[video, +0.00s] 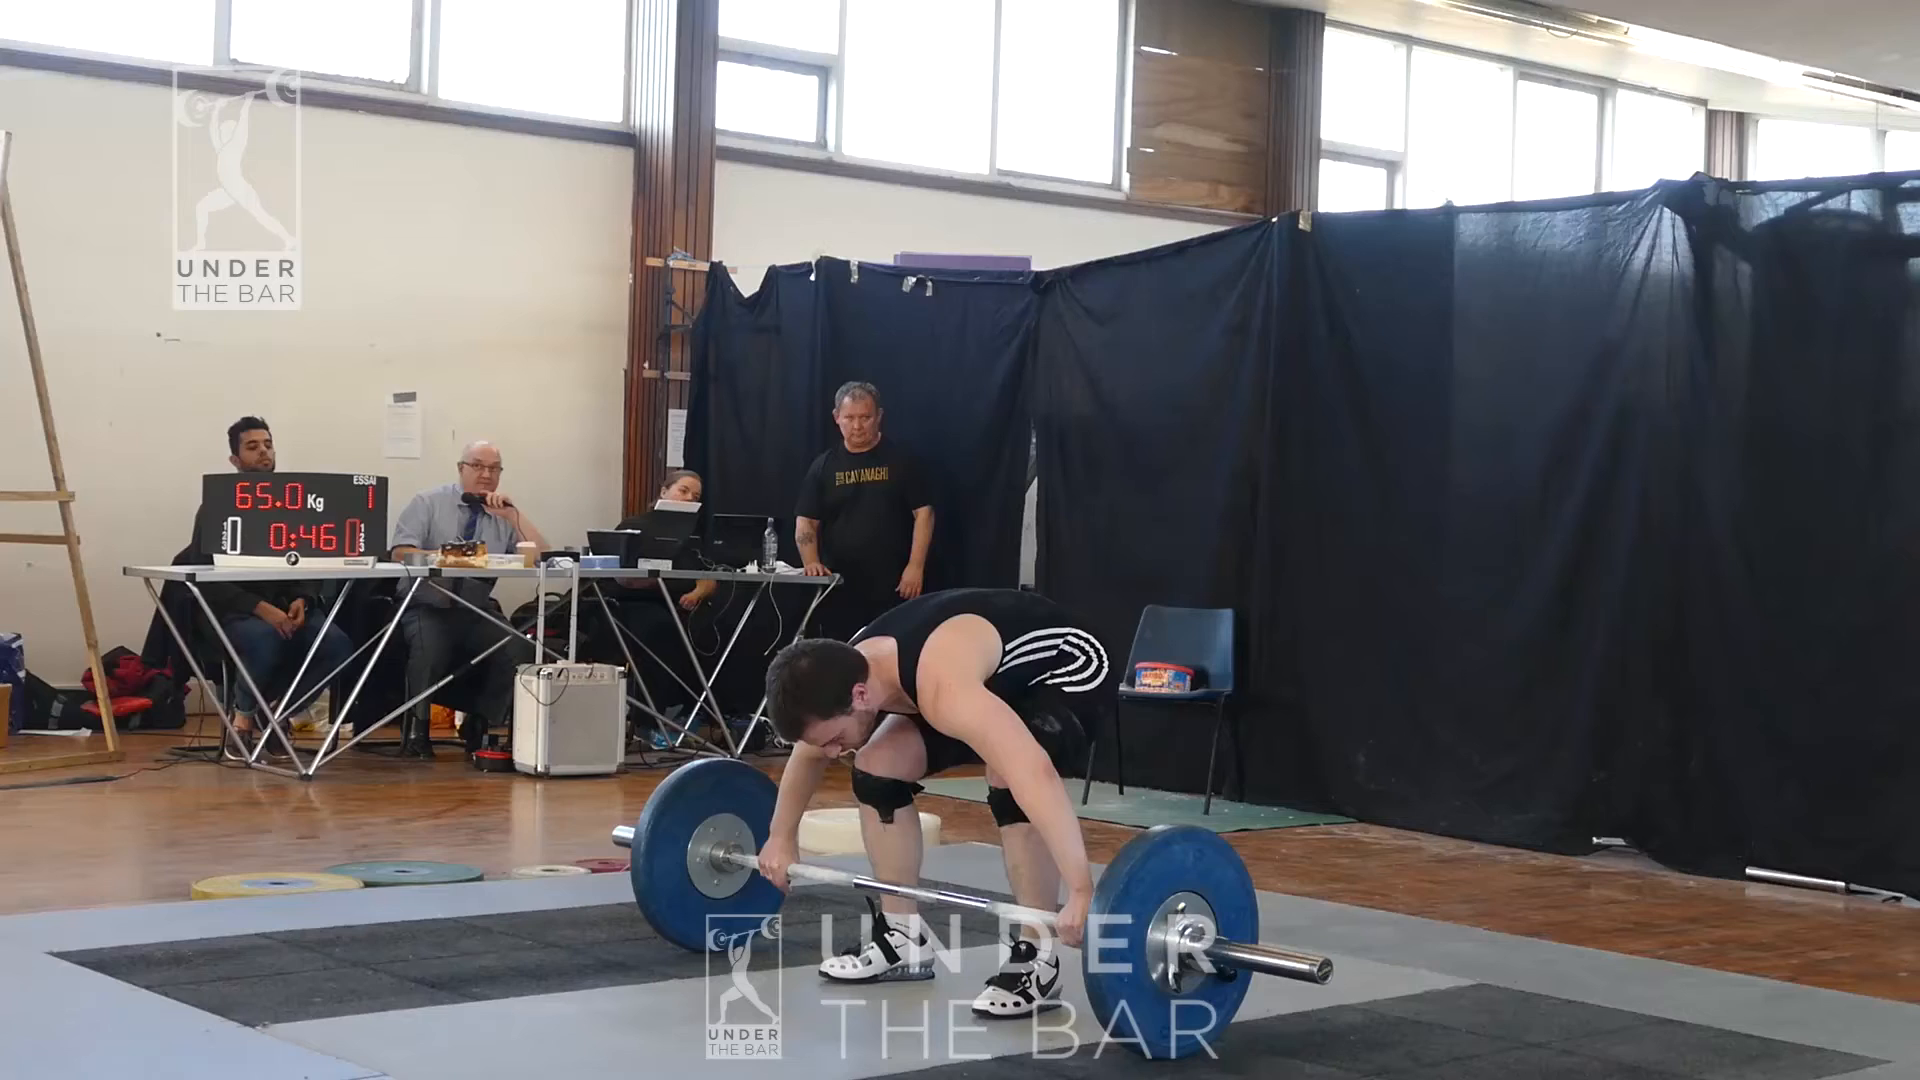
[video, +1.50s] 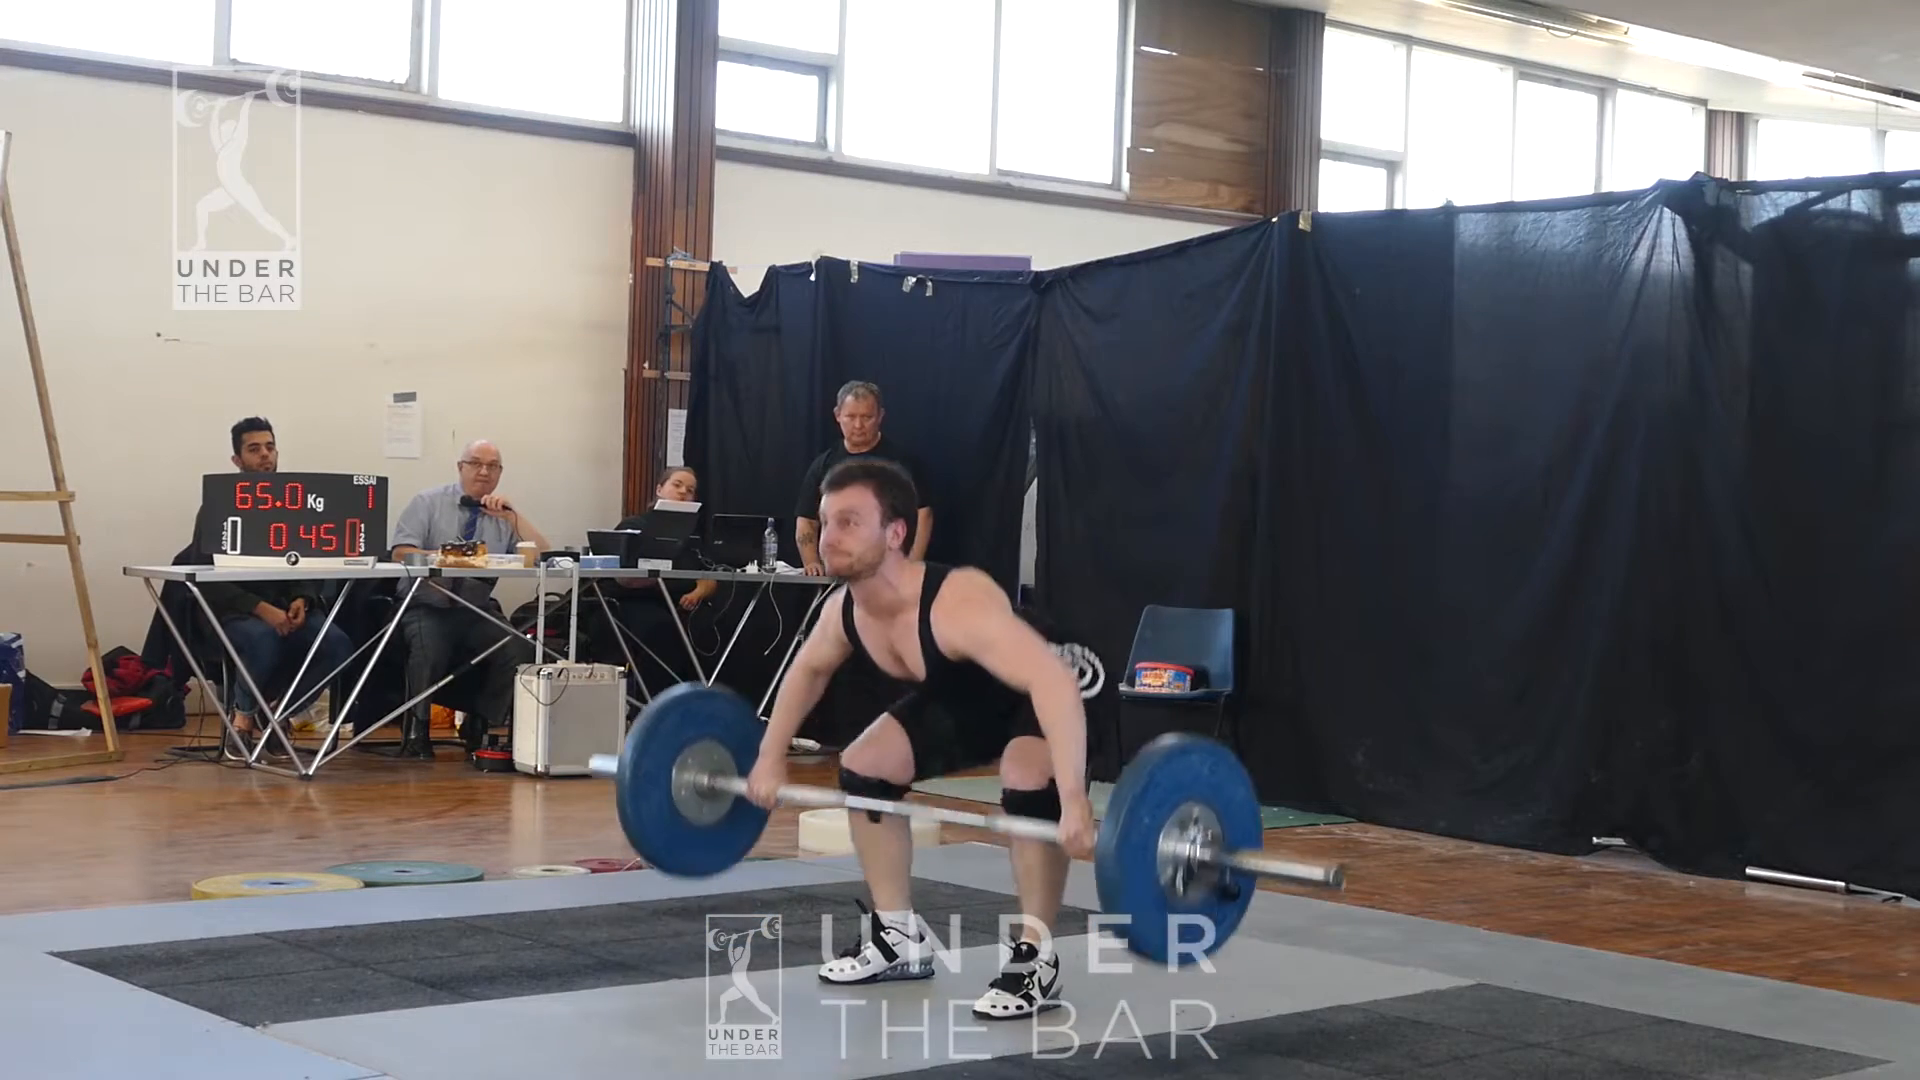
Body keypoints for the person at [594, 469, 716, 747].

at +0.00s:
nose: (688, 498)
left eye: (694, 496)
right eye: (683, 490)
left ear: (697, 504)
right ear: (665, 491)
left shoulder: (697, 534)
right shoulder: (633, 524)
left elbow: (711, 577)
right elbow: (607, 558)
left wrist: (697, 594)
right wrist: (628, 579)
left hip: (674, 605)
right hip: (630, 601)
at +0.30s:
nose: (688, 498)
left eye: (694, 496)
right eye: (683, 490)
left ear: (698, 503)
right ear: (664, 491)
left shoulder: (697, 534)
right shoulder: (634, 524)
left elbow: (711, 576)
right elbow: (607, 558)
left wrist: (697, 593)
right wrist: (629, 579)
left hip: (674, 605)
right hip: (629, 601)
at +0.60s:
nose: (688, 498)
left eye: (694, 496)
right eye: (684, 490)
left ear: (698, 504)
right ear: (665, 491)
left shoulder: (697, 535)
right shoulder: (633, 525)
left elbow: (711, 578)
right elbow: (607, 559)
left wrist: (697, 594)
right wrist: (627, 579)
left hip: (675, 606)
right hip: (632, 603)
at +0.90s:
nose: (688, 498)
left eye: (694, 496)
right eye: (683, 490)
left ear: (698, 504)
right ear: (664, 491)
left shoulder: (696, 535)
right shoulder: (633, 525)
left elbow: (710, 579)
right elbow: (607, 559)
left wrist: (697, 594)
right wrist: (628, 579)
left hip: (676, 606)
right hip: (633, 603)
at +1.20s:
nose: (688, 497)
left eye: (694, 495)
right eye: (683, 489)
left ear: (698, 503)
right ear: (665, 491)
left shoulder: (696, 535)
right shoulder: (634, 525)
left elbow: (710, 579)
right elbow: (607, 559)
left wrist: (696, 594)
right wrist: (627, 579)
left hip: (674, 606)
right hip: (631, 603)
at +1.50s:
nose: (683, 492)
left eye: (690, 489)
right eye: (677, 485)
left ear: (694, 498)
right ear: (660, 489)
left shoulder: (694, 533)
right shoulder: (633, 525)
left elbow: (711, 578)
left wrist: (697, 594)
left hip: (678, 609)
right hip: (634, 606)